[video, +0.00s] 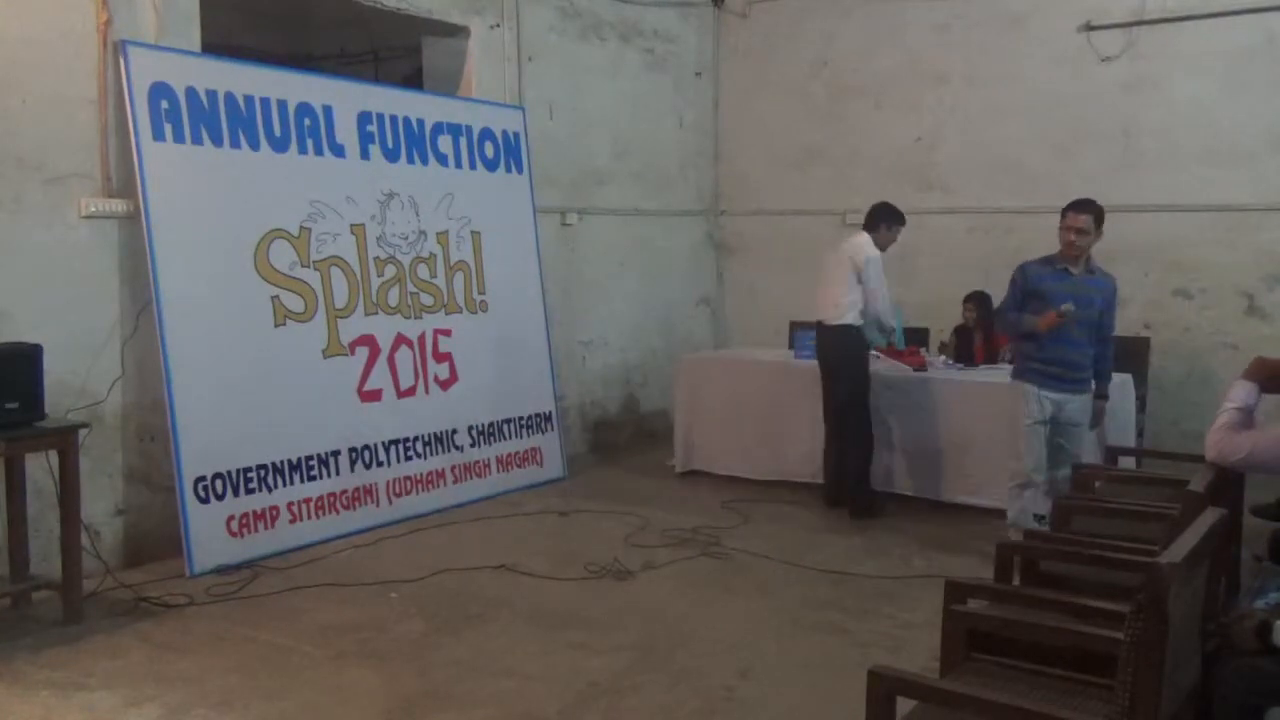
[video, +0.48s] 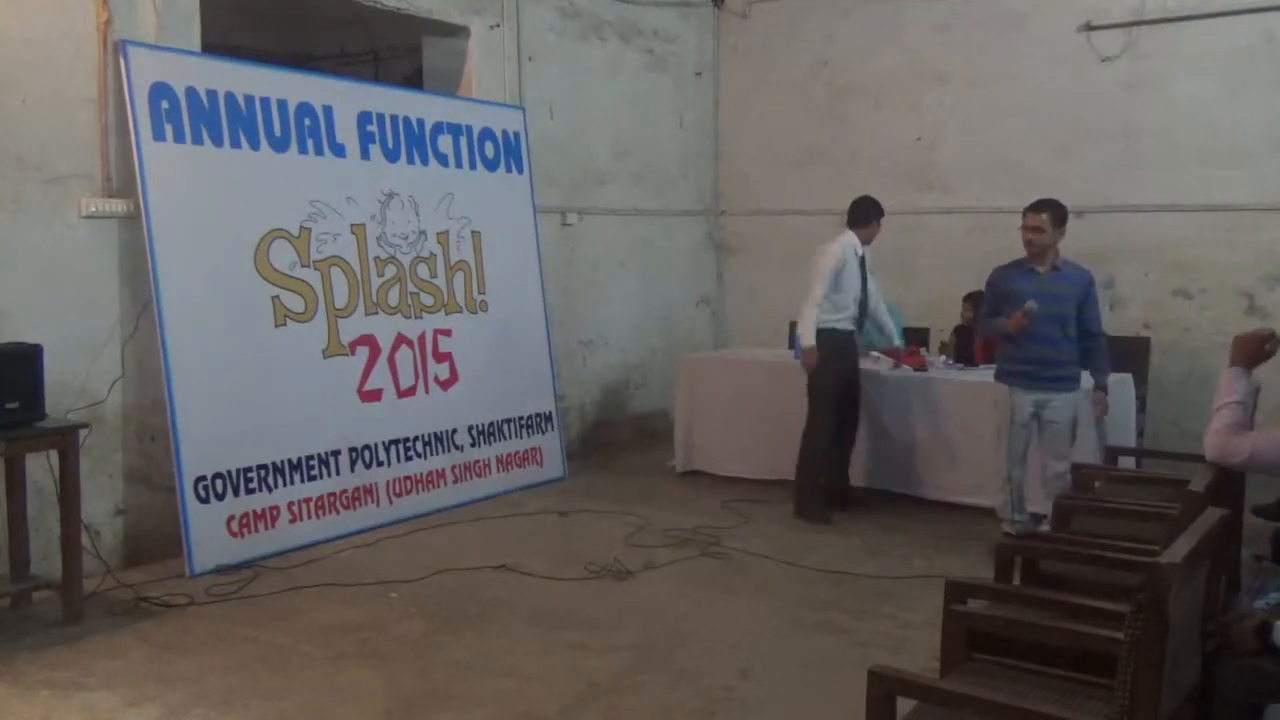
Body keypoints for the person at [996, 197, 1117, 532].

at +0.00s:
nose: (1072, 238)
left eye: (1082, 232)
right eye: (1067, 230)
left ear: (1096, 236)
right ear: (1059, 230)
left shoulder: (1104, 284)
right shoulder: (1029, 273)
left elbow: (1105, 343)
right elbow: (1002, 317)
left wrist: (1101, 394)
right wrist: (1034, 323)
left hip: (1077, 394)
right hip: (1033, 388)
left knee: (1067, 477)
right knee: (1029, 473)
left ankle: (1062, 546)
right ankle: (1021, 542)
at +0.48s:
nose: (1029, 237)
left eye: (1038, 230)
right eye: (1026, 229)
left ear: (1059, 234)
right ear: (1021, 230)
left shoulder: (1079, 280)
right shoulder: (1003, 277)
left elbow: (1092, 335)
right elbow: (983, 324)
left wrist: (1100, 384)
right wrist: (1006, 324)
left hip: (1061, 388)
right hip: (1016, 386)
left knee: (1057, 461)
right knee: (1013, 459)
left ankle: (1055, 524)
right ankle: (1015, 522)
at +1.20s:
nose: (1007, 240)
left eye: (1011, 233)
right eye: (1006, 233)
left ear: (1032, 232)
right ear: (1026, 232)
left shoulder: (1070, 277)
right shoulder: (1017, 275)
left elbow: (1078, 342)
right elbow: (1012, 323)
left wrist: (1053, 388)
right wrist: (992, 328)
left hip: (1048, 388)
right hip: (1011, 383)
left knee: (1051, 466)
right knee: (1008, 461)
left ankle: (1055, 536)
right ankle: (1013, 530)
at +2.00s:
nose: (1024, 241)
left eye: (1027, 233)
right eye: (1025, 234)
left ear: (1041, 235)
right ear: (1053, 234)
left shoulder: (1057, 276)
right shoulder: (1057, 269)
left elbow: (1045, 343)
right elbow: (1047, 302)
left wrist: (1031, 396)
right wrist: (1022, 283)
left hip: (1056, 383)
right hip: (1046, 380)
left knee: (1055, 457)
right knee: (1028, 450)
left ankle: (1056, 523)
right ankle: (1012, 512)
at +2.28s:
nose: (1009, 241)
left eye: (1010, 234)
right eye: (1009, 234)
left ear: (1022, 235)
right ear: (1041, 233)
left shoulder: (1038, 276)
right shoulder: (1048, 270)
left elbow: (1029, 334)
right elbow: (1039, 327)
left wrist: (1017, 381)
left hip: (1035, 377)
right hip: (1037, 374)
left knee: (1038, 448)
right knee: (1019, 448)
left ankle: (1061, 513)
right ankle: (1015, 512)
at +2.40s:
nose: (1002, 241)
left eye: (1003, 234)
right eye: (1002, 233)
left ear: (1015, 234)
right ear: (1035, 233)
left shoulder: (1025, 273)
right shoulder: (1050, 270)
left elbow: (1014, 332)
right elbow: (1053, 322)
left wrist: (1004, 382)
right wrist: (1036, 351)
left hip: (1026, 373)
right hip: (1039, 370)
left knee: (1023, 446)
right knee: (1021, 445)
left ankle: (1038, 514)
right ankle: (1017, 511)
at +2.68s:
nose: (993, 239)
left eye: (994, 232)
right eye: (993, 232)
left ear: (1005, 233)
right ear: (1025, 232)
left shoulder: (1009, 273)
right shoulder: (1045, 272)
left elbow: (998, 330)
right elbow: (1053, 322)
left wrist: (973, 364)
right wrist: (1022, 337)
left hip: (1009, 375)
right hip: (1034, 374)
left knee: (994, 444)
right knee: (1024, 446)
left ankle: (1002, 514)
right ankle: (1020, 513)